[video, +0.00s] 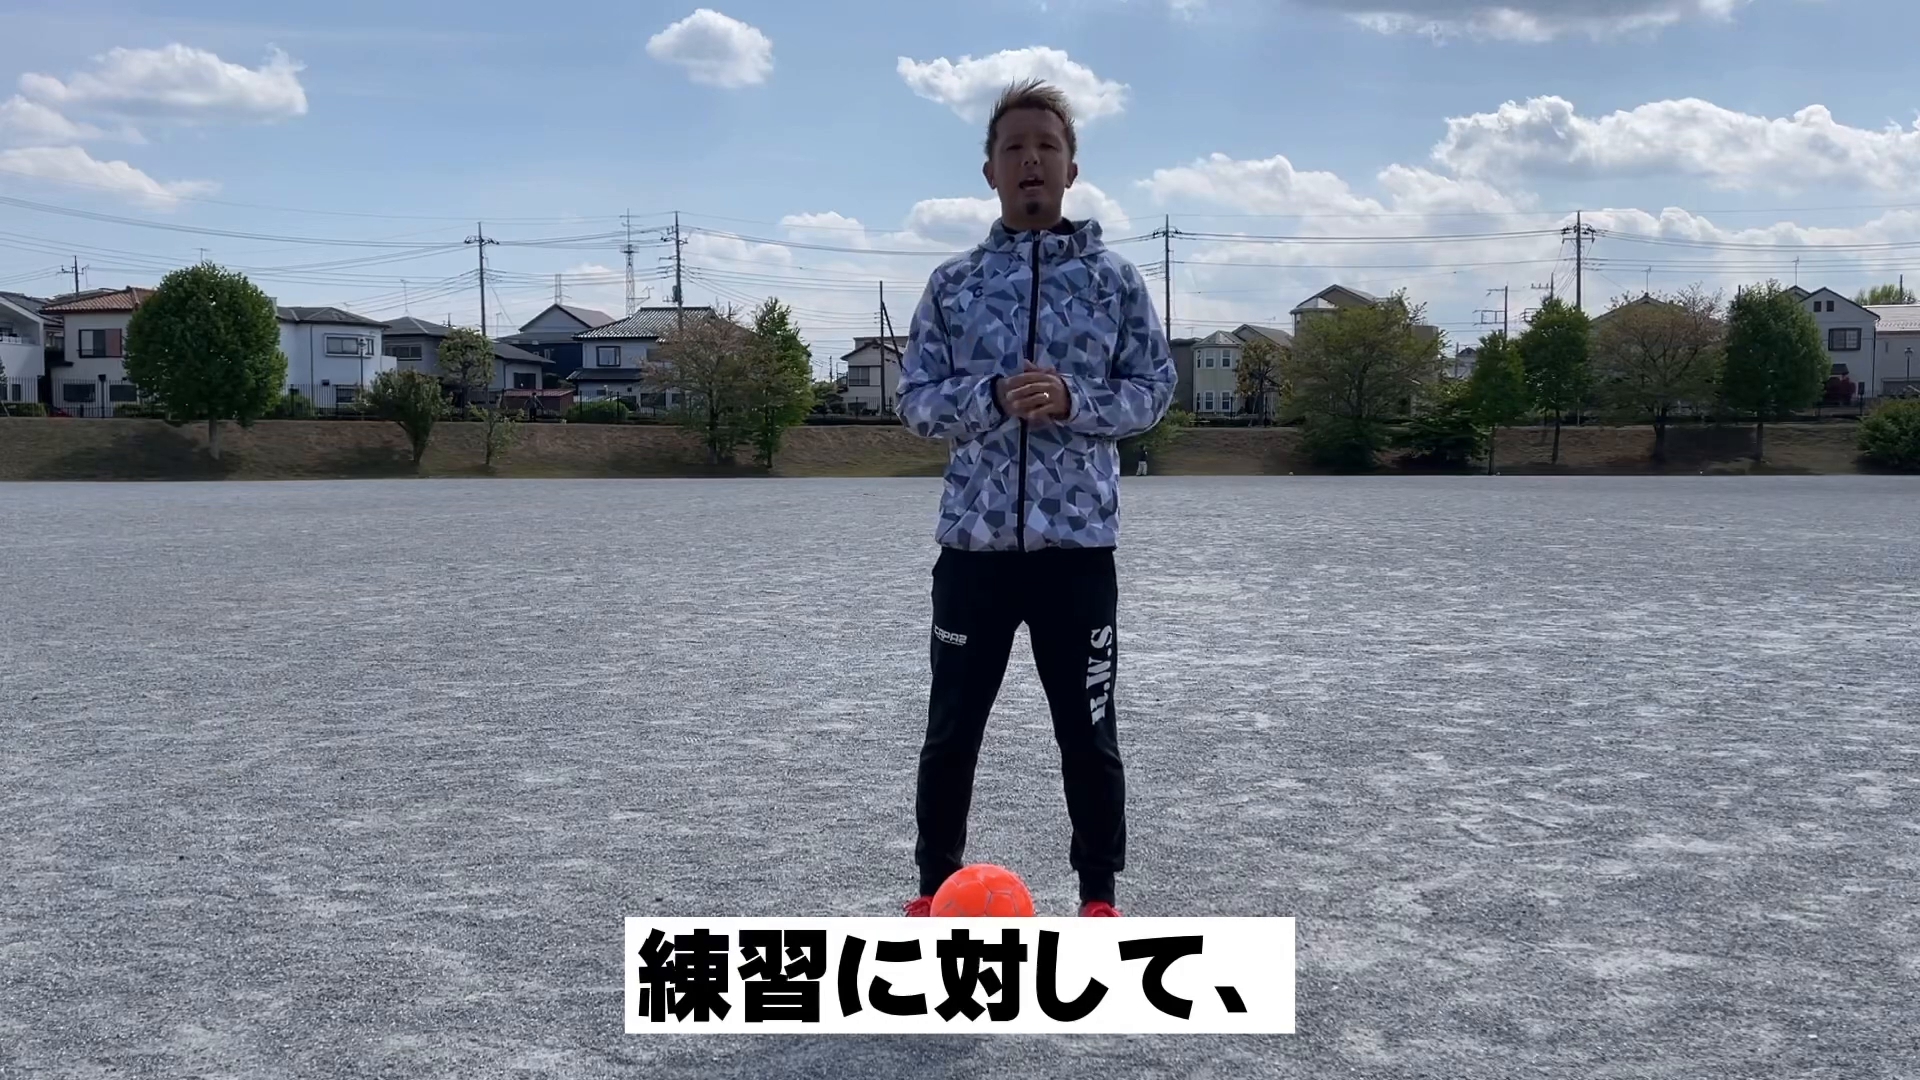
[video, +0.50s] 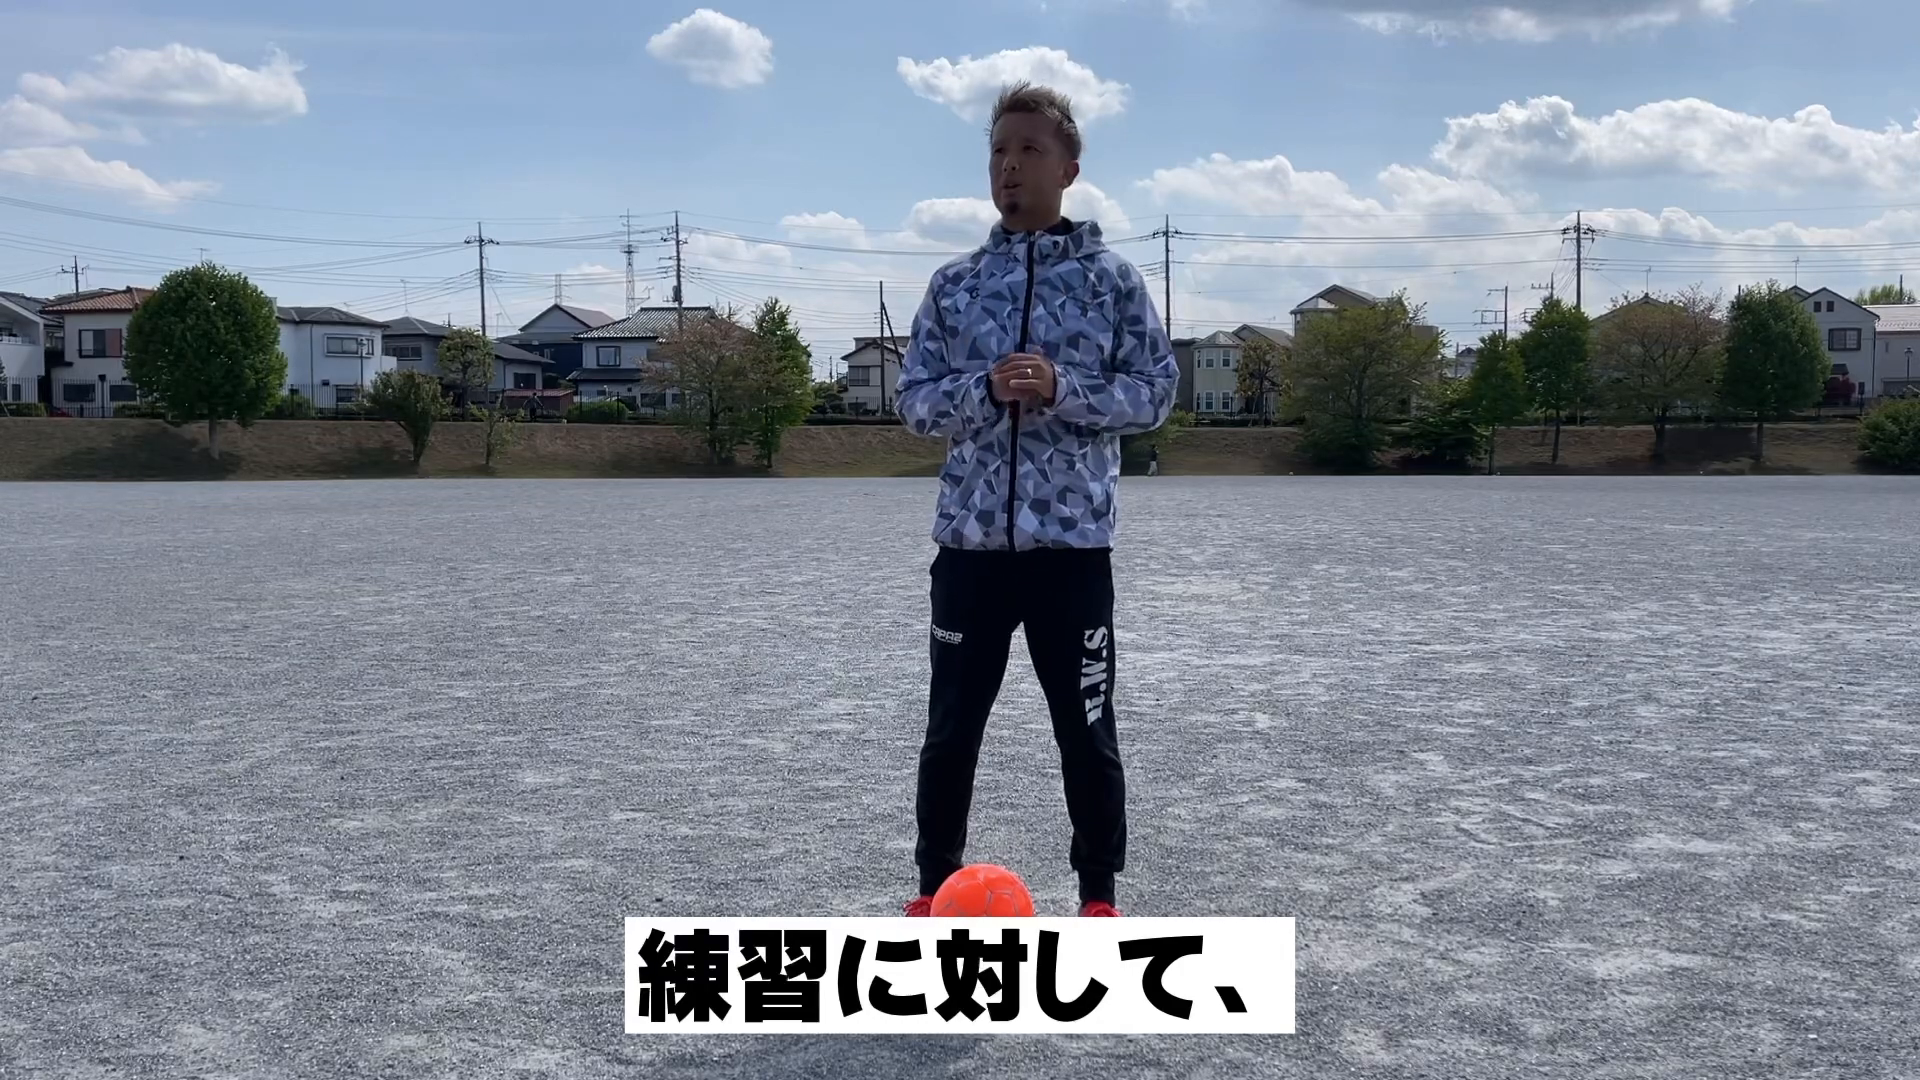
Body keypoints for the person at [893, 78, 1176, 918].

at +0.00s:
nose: (1031, 162)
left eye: (1048, 147)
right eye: (1014, 148)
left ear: (1071, 167)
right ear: (991, 169)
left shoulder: (1115, 281)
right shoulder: (953, 284)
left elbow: (1151, 392)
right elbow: (919, 399)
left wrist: (1077, 402)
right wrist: (990, 397)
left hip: (1075, 539)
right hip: (974, 538)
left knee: (1087, 728)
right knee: (951, 727)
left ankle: (1098, 898)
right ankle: (933, 895)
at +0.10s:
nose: (1023, 161)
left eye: (1040, 147)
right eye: (1008, 148)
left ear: (1071, 164)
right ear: (991, 168)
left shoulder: (1115, 281)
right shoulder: (953, 283)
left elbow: (1150, 395)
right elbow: (919, 399)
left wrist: (1076, 400)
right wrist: (990, 397)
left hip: (1074, 539)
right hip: (974, 539)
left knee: (1086, 727)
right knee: (950, 728)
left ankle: (1098, 897)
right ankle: (933, 895)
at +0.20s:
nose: (1012, 162)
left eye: (1031, 147)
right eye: (1001, 148)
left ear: (1070, 165)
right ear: (988, 165)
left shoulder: (1113, 282)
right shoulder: (953, 283)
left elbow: (1150, 396)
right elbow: (916, 398)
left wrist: (1070, 399)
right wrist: (988, 397)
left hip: (1073, 540)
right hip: (972, 539)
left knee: (1086, 727)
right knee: (950, 727)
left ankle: (1097, 898)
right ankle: (933, 895)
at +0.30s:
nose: (1006, 164)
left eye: (1026, 150)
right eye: (998, 151)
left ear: (1069, 167)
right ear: (988, 166)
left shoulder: (1113, 281)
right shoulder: (953, 284)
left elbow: (1151, 397)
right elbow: (916, 401)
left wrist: (1068, 397)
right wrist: (986, 396)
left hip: (1072, 539)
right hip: (971, 539)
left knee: (1085, 728)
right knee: (950, 728)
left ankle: (1097, 898)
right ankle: (933, 894)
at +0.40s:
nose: (1005, 165)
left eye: (1025, 151)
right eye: (997, 151)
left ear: (1069, 167)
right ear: (988, 165)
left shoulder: (1113, 281)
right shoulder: (954, 284)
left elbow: (1150, 396)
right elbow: (918, 400)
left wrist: (1064, 394)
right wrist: (987, 390)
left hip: (1070, 538)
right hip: (970, 538)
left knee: (1085, 728)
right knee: (951, 727)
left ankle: (1097, 898)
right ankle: (933, 894)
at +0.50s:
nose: (1010, 164)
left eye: (1029, 150)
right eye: (1000, 151)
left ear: (1069, 166)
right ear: (989, 165)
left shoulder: (1113, 280)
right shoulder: (955, 284)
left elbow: (1150, 395)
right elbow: (917, 398)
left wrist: (1061, 390)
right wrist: (983, 386)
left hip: (1070, 538)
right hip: (970, 537)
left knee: (1084, 728)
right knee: (951, 728)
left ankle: (1098, 898)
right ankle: (934, 893)